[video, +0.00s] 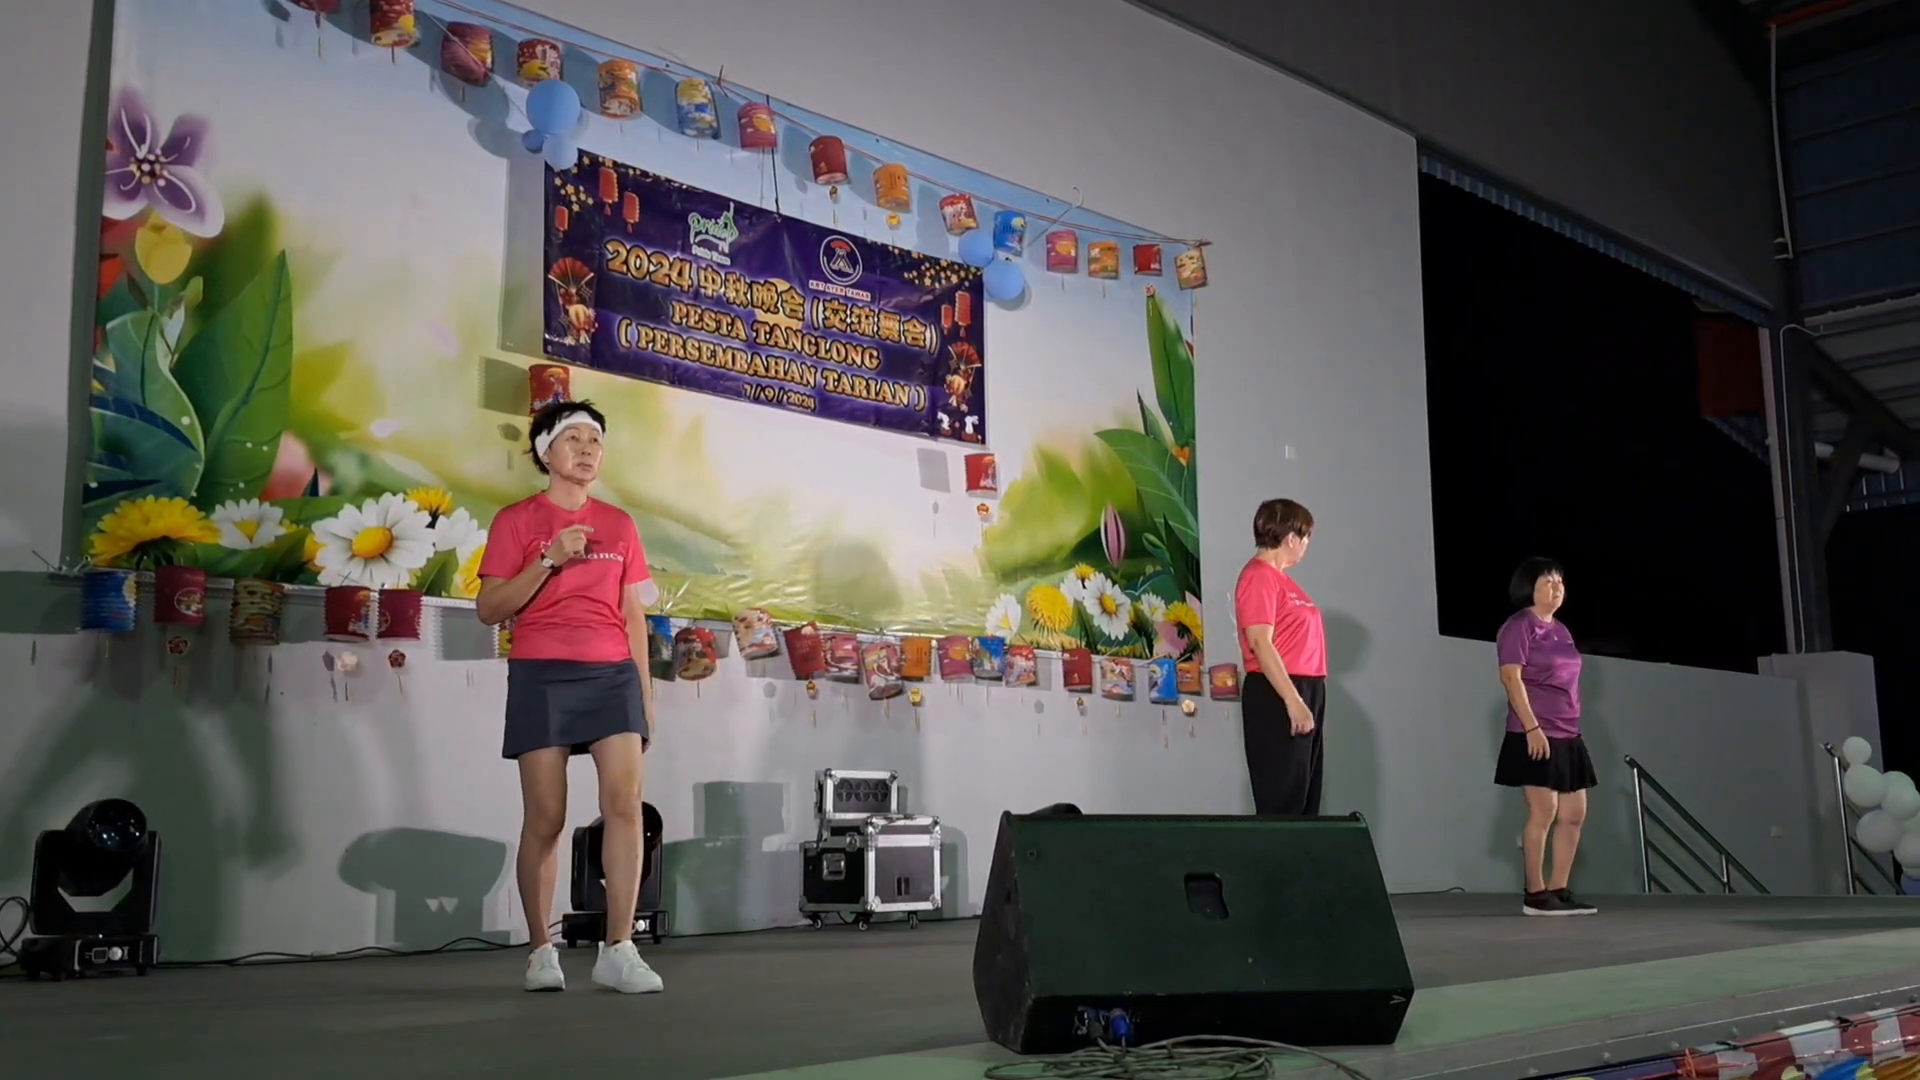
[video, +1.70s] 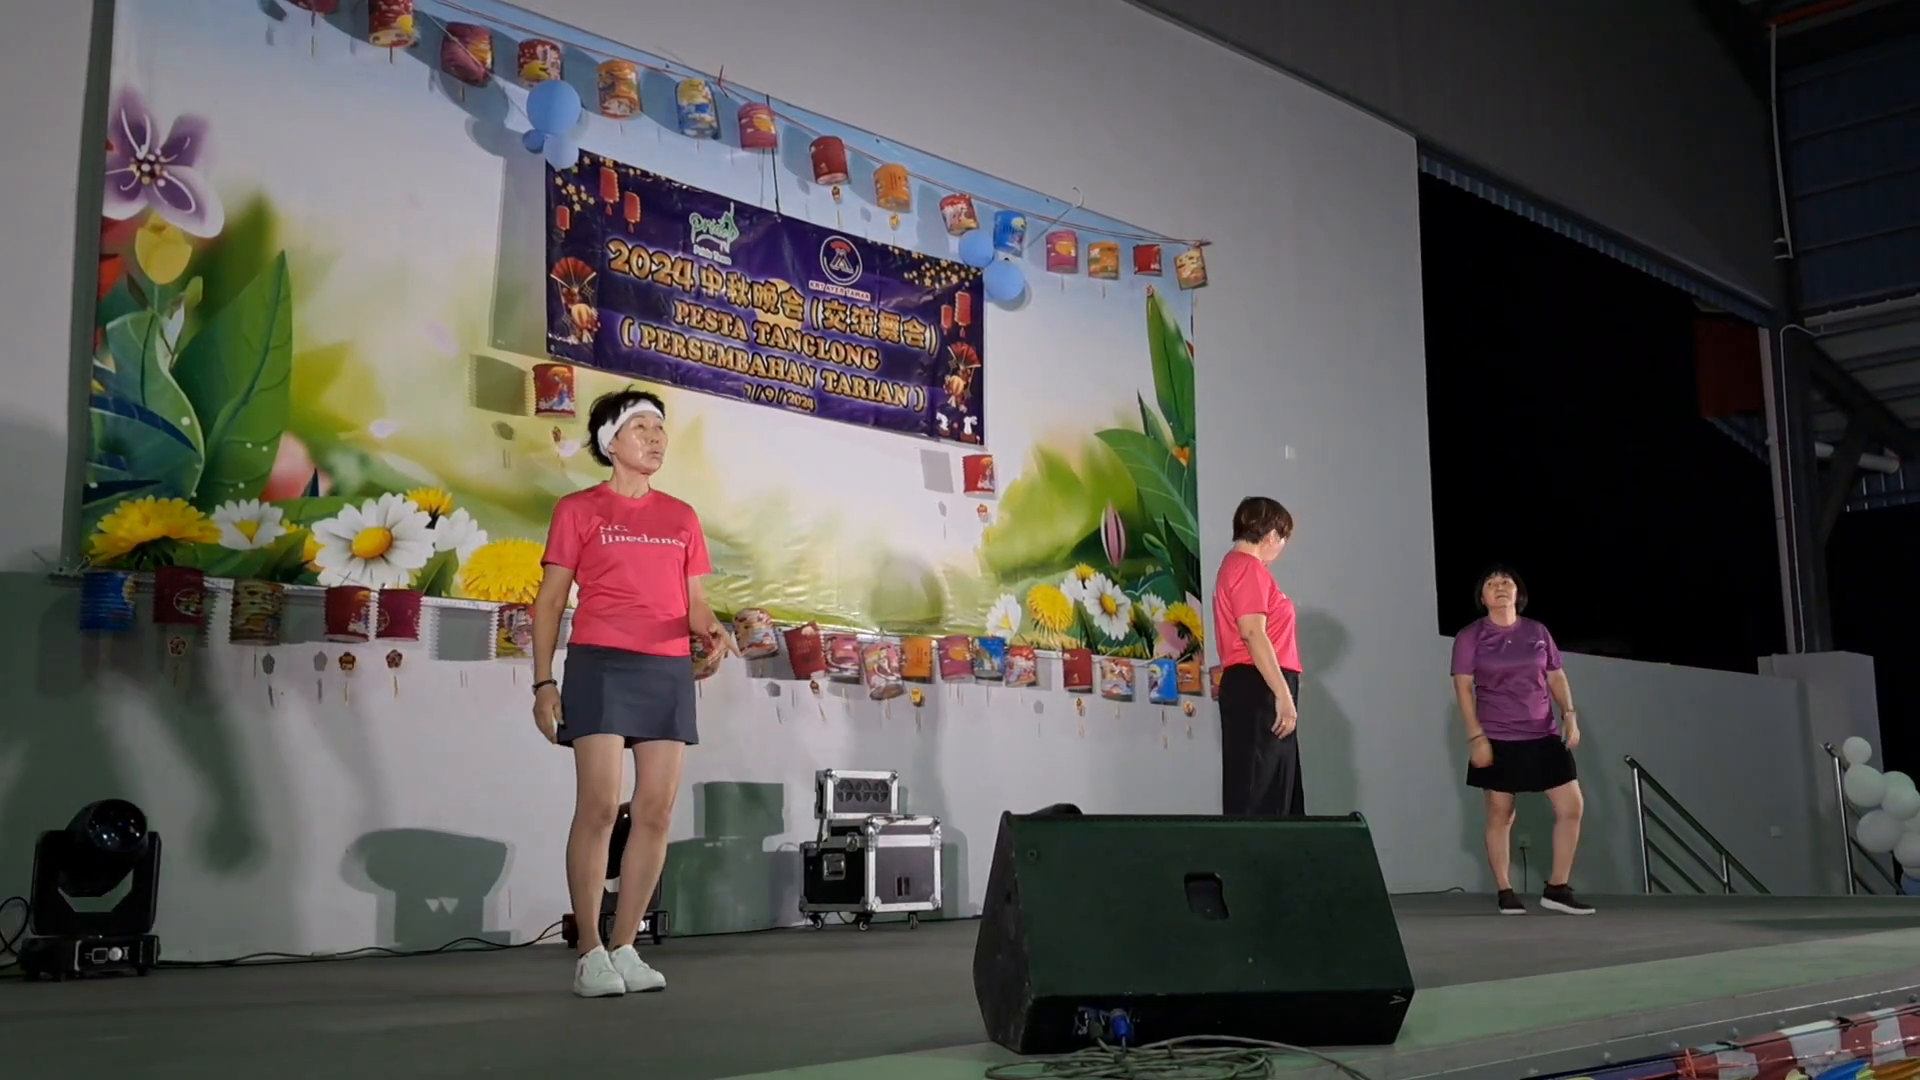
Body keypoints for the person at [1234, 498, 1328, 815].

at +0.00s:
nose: (1307, 546)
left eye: (1308, 538)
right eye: (1306, 537)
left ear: (1282, 538)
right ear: (1290, 538)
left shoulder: (1279, 577)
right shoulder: (1260, 575)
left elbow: (1277, 641)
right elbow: (1260, 641)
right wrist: (1293, 701)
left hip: (1304, 690)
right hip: (1276, 692)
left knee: (1304, 799)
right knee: (1282, 801)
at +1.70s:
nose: (1282, 547)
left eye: (1284, 540)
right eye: (1283, 539)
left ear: (1246, 529)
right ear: (1270, 534)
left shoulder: (1239, 566)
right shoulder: (1246, 566)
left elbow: (1250, 634)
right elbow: (1252, 633)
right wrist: (1283, 695)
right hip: (1256, 682)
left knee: (1279, 790)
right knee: (1256, 791)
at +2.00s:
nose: (1274, 543)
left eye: (1275, 534)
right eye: (1272, 533)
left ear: (1234, 530)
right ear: (1255, 532)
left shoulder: (1221, 572)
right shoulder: (1243, 566)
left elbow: (1215, 656)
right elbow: (1251, 632)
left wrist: (1212, 715)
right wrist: (1284, 693)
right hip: (1254, 680)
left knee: (1278, 793)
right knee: (1253, 792)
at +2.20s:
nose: (1271, 539)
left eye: (1270, 531)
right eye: (1266, 530)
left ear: (1243, 532)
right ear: (1245, 531)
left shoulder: (1234, 567)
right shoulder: (1233, 565)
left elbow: (1244, 635)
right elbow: (1240, 632)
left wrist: (1279, 696)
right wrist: (1276, 692)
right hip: (1245, 681)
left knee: (1278, 791)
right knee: (1249, 791)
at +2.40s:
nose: (1267, 532)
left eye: (1267, 524)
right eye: (1260, 523)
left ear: (1236, 531)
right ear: (1233, 529)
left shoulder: (1237, 571)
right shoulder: (1225, 568)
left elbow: (1234, 637)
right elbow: (1224, 634)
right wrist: (1252, 696)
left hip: (1266, 685)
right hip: (1240, 685)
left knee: (1284, 794)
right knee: (1244, 797)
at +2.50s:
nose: (1265, 530)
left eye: (1265, 522)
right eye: (1257, 521)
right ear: (1229, 527)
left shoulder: (1240, 572)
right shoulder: (1221, 569)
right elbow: (1215, 637)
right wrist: (1236, 701)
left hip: (1268, 687)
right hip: (1240, 687)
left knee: (1282, 792)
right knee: (1243, 797)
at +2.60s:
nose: (1261, 527)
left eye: (1262, 519)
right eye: (1251, 519)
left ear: (1266, 524)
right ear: (1224, 528)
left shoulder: (1246, 574)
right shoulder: (1216, 570)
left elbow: (1261, 652)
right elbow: (1207, 639)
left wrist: (1282, 708)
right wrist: (1219, 704)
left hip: (1268, 689)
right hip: (1236, 687)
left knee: (1279, 794)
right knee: (1240, 797)